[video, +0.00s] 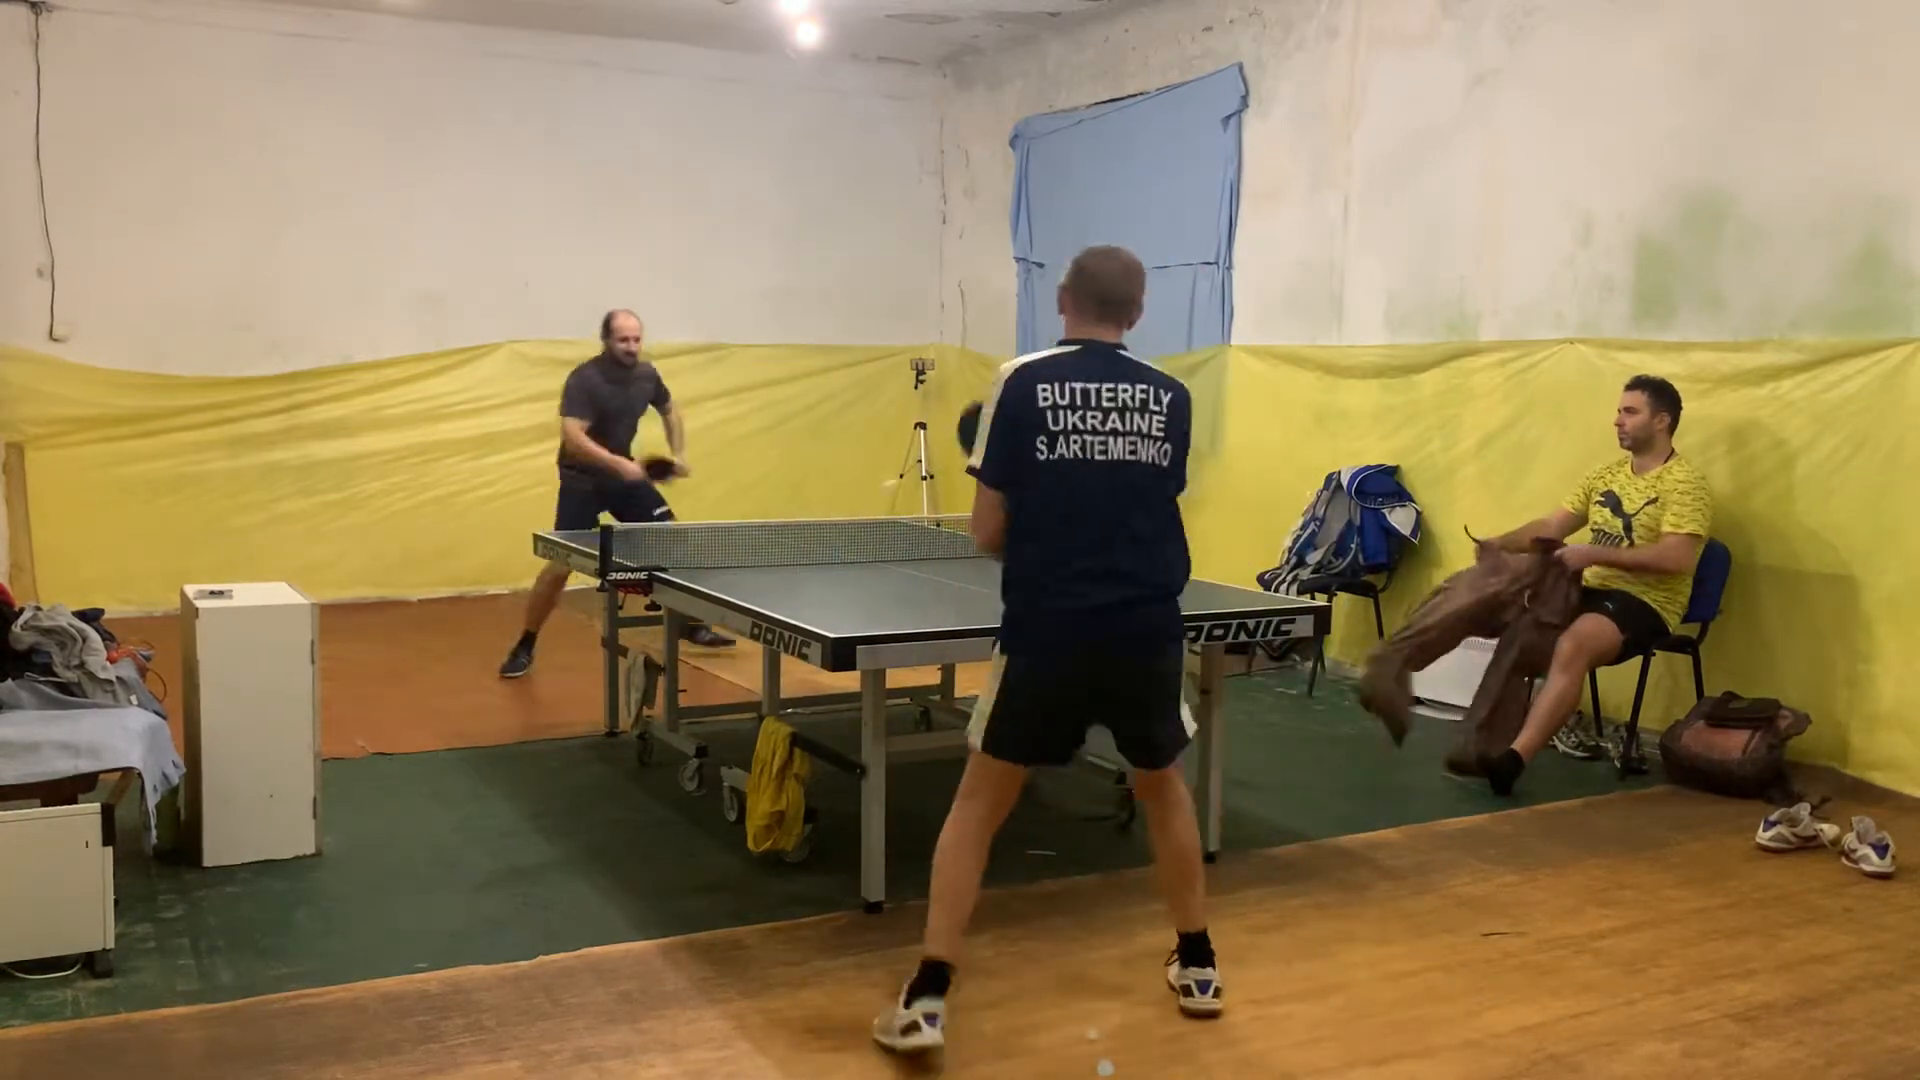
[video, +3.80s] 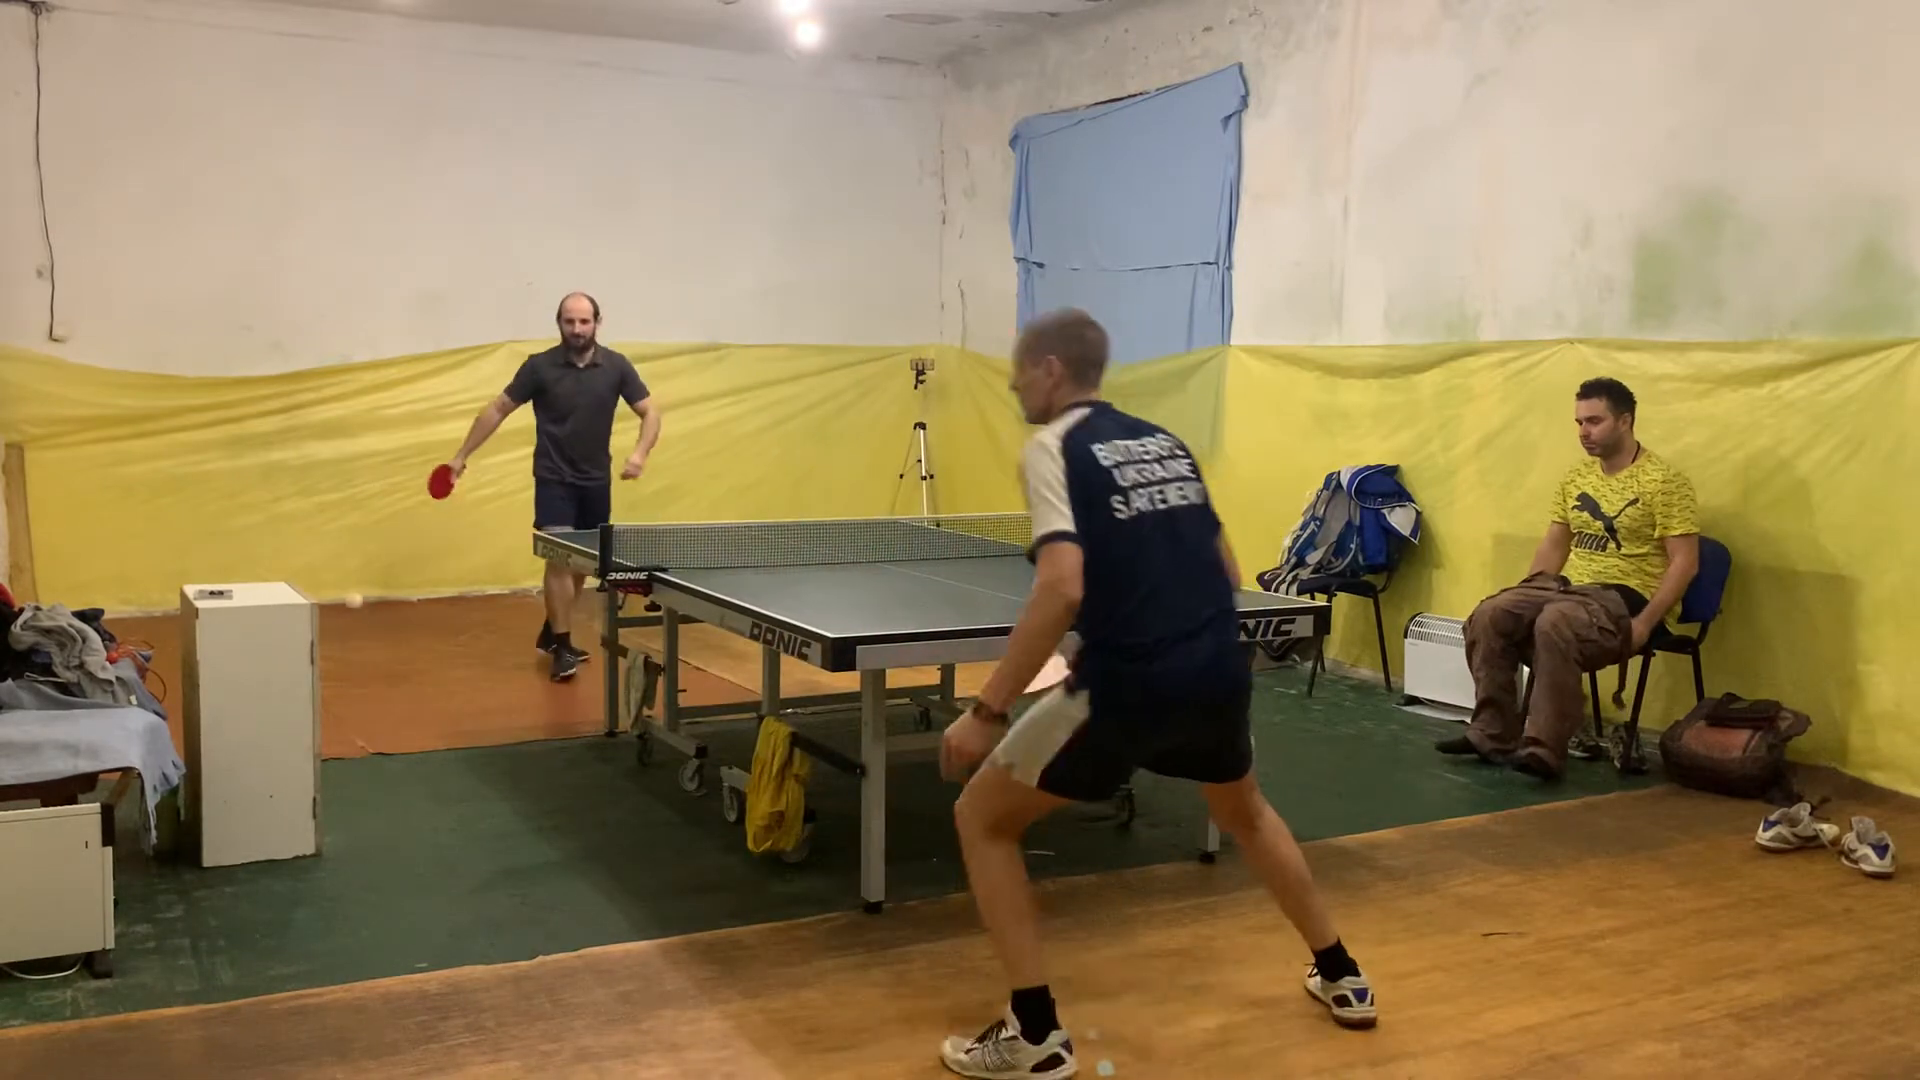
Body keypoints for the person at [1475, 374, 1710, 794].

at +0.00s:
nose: (1618, 420)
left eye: (1630, 413)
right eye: (1618, 412)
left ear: (1663, 421)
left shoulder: (1686, 483)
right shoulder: (1608, 475)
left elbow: (1678, 557)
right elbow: (1553, 526)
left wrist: (1593, 553)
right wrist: (1498, 544)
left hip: (1649, 600)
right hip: (1592, 590)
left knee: (1573, 644)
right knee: (1521, 628)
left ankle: (1514, 759)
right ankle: (1487, 743)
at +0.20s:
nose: (1619, 420)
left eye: (1630, 412)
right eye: (1619, 412)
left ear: (1663, 421)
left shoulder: (1691, 485)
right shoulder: (1609, 474)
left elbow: (1702, 559)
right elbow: (1571, 524)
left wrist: (1622, 562)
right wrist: (1532, 548)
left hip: (1647, 601)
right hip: (1590, 589)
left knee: (1573, 645)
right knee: (1526, 627)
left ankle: (1514, 759)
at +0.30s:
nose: (1621, 420)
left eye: (1632, 412)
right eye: (1622, 412)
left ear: (1665, 419)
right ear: (1639, 419)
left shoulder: (1691, 482)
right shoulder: (1613, 473)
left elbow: (1703, 560)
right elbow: (1579, 522)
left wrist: (1621, 567)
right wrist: (1547, 548)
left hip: (1647, 601)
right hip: (1590, 586)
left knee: (1573, 645)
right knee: (1492, 610)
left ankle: (1515, 759)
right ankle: (1411, 682)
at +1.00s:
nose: (1623, 422)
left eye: (1634, 414)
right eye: (1624, 413)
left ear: (1668, 423)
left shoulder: (1683, 485)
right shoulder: (1618, 468)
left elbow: (1656, 563)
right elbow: (1587, 512)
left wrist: (1582, 598)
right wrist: (1561, 537)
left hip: (1643, 599)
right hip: (1582, 581)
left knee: (1573, 642)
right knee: (1487, 599)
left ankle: (1513, 757)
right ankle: (1441, 710)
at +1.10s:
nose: (1610, 430)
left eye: (1620, 420)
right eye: (1605, 422)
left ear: (1652, 421)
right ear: (1600, 425)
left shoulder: (1683, 486)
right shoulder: (1593, 475)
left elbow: (1700, 566)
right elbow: (1561, 531)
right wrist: (1522, 568)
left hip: (1630, 603)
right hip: (1574, 591)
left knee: (1552, 628)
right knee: (1490, 623)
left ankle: (1531, 750)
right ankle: (1452, 739)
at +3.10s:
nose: (1598, 429)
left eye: (1608, 419)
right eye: (1595, 420)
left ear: (1642, 421)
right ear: (1594, 423)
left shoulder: (1677, 483)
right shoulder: (1591, 476)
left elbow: (1684, 568)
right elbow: (1560, 546)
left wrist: (1643, 627)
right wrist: (1532, 594)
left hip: (1631, 596)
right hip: (1572, 588)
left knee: (1553, 627)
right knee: (1493, 616)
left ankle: (1531, 750)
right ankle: (1489, 734)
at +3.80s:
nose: (1583, 432)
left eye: (1593, 422)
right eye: (1579, 422)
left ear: (1626, 420)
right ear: (1576, 422)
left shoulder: (1663, 481)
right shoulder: (1577, 476)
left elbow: (1685, 561)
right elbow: (1554, 543)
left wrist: (1644, 622)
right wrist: (1532, 592)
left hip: (1631, 597)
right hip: (1570, 590)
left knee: (1555, 623)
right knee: (1489, 617)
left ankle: (1544, 749)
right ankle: (1493, 734)